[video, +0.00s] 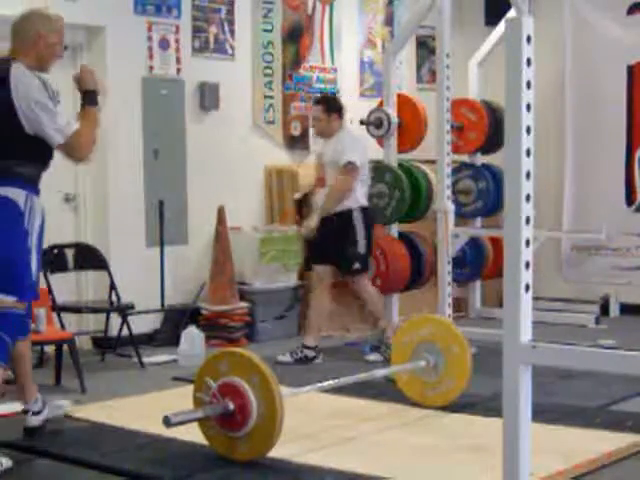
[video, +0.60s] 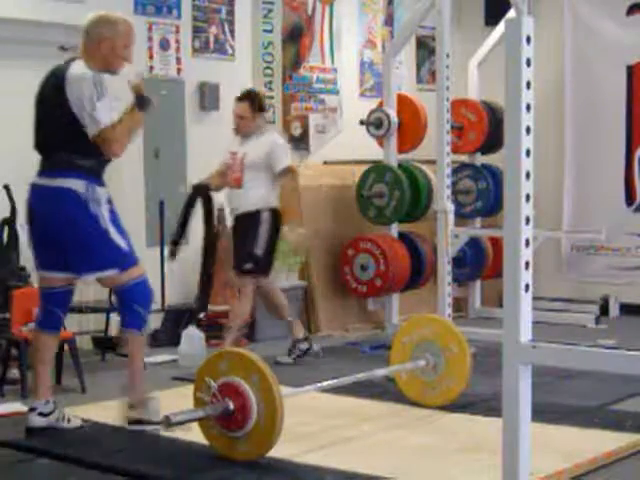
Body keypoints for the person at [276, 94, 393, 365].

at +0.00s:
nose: (314, 125)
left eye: (318, 120)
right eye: (313, 120)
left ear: (335, 118)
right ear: (324, 119)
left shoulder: (352, 142)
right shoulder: (324, 145)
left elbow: (344, 185)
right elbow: (320, 181)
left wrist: (317, 215)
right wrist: (311, 202)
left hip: (351, 213)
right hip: (327, 213)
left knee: (359, 280)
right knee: (320, 279)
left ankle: (389, 334)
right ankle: (310, 345)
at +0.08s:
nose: (301, 125)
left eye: (306, 119)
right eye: (300, 119)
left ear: (325, 116)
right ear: (312, 118)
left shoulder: (342, 138)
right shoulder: (313, 142)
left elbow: (340, 184)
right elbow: (315, 178)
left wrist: (321, 221)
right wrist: (298, 190)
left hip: (340, 213)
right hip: (315, 213)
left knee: (339, 282)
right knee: (309, 279)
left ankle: (381, 333)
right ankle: (310, 345)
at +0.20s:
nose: (284, 121)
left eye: (289, 114)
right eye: (283, 115)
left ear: (307, 112)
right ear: (295, 114)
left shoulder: (323, 137)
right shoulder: (293, 140)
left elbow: (336, 179)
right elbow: (295, 178)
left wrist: (331, 220)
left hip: (315, 210)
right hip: (296, 210)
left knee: (304, 276)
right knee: (304, 280)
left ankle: (349, 322)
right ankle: (309, 344)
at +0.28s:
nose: (282, 121)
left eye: (287, 114)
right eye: (281, 115)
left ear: (303, 113)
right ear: (288, 114)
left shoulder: (317, 136)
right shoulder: (292, 141)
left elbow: (335, 170)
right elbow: (292, 176)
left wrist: (336, 216)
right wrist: (276, 179)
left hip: (311, 208)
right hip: (292, 209)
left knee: (299, 278)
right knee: (301, 282)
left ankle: (337, 328)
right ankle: (310, 342)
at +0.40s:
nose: (268, 122)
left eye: (272, 115)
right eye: (267, 116)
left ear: (290, 112)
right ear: (275, 115)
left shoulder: (306, 135)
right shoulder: (276, 140)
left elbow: (329, 170)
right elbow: (270, 173)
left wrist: (333, 214)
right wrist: (252, 181)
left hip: (302, 207)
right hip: (281, 209)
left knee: (276, 276)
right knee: (300, 278)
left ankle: (302, 337)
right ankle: (310, 338)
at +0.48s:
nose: (253, 123)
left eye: (257, 117)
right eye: (251, 117)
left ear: (275, 115)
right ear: (254, 116)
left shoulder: (292, 137)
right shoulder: (259, 144)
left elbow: (313, 174)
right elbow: (241, 179)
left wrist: (311, 215)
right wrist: (234, 180)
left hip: (285, 210)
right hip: (263, 212)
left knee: (262, 278)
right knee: (283, 279)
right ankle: (308, 341)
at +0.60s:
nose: (237, 123)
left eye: (242, 117)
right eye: (235, 117)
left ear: (258, 117)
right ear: (236, 116)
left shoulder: (272, 140)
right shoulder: (241, 143)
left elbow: (289, 177)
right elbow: (226, 175)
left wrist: (293, 219)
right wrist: (210, 182)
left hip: (262, 212)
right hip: (241, 213)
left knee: (246, 277)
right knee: (260, 280)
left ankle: (228, 344)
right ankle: (298, 333)